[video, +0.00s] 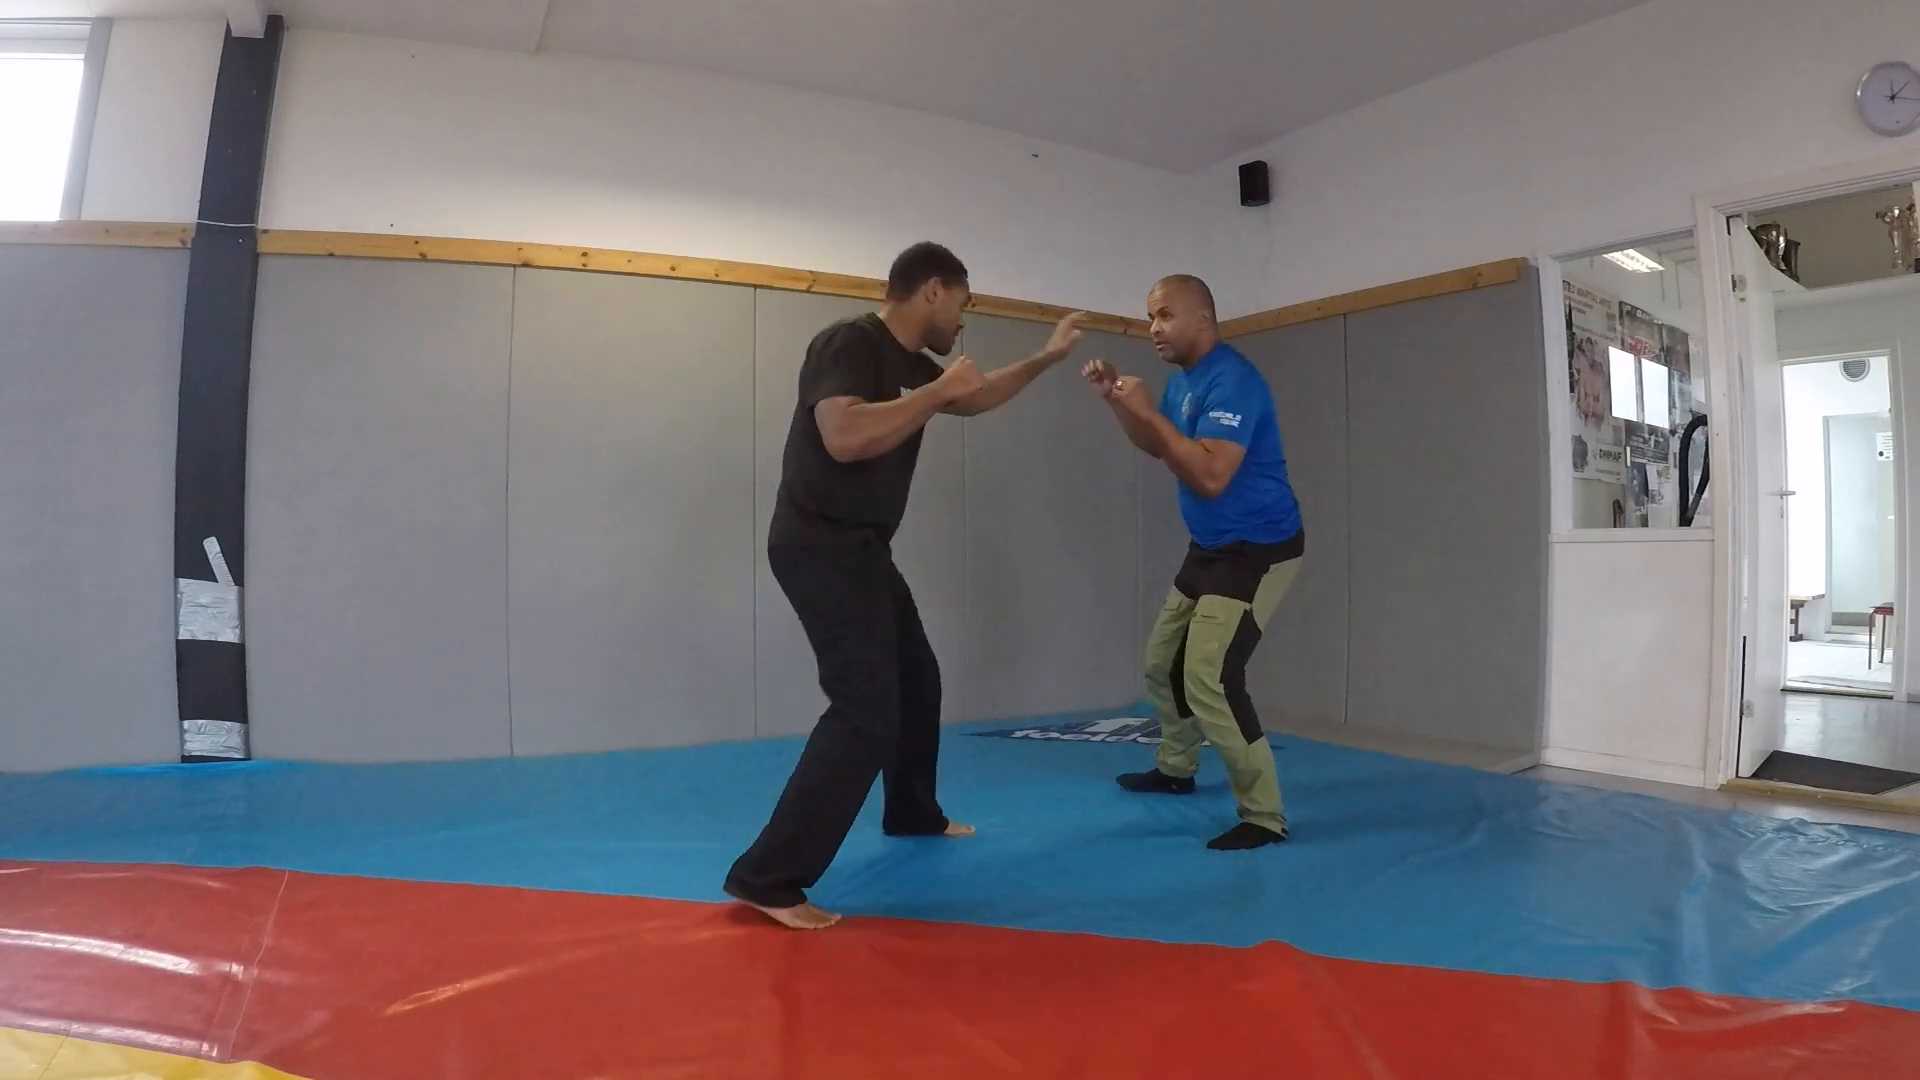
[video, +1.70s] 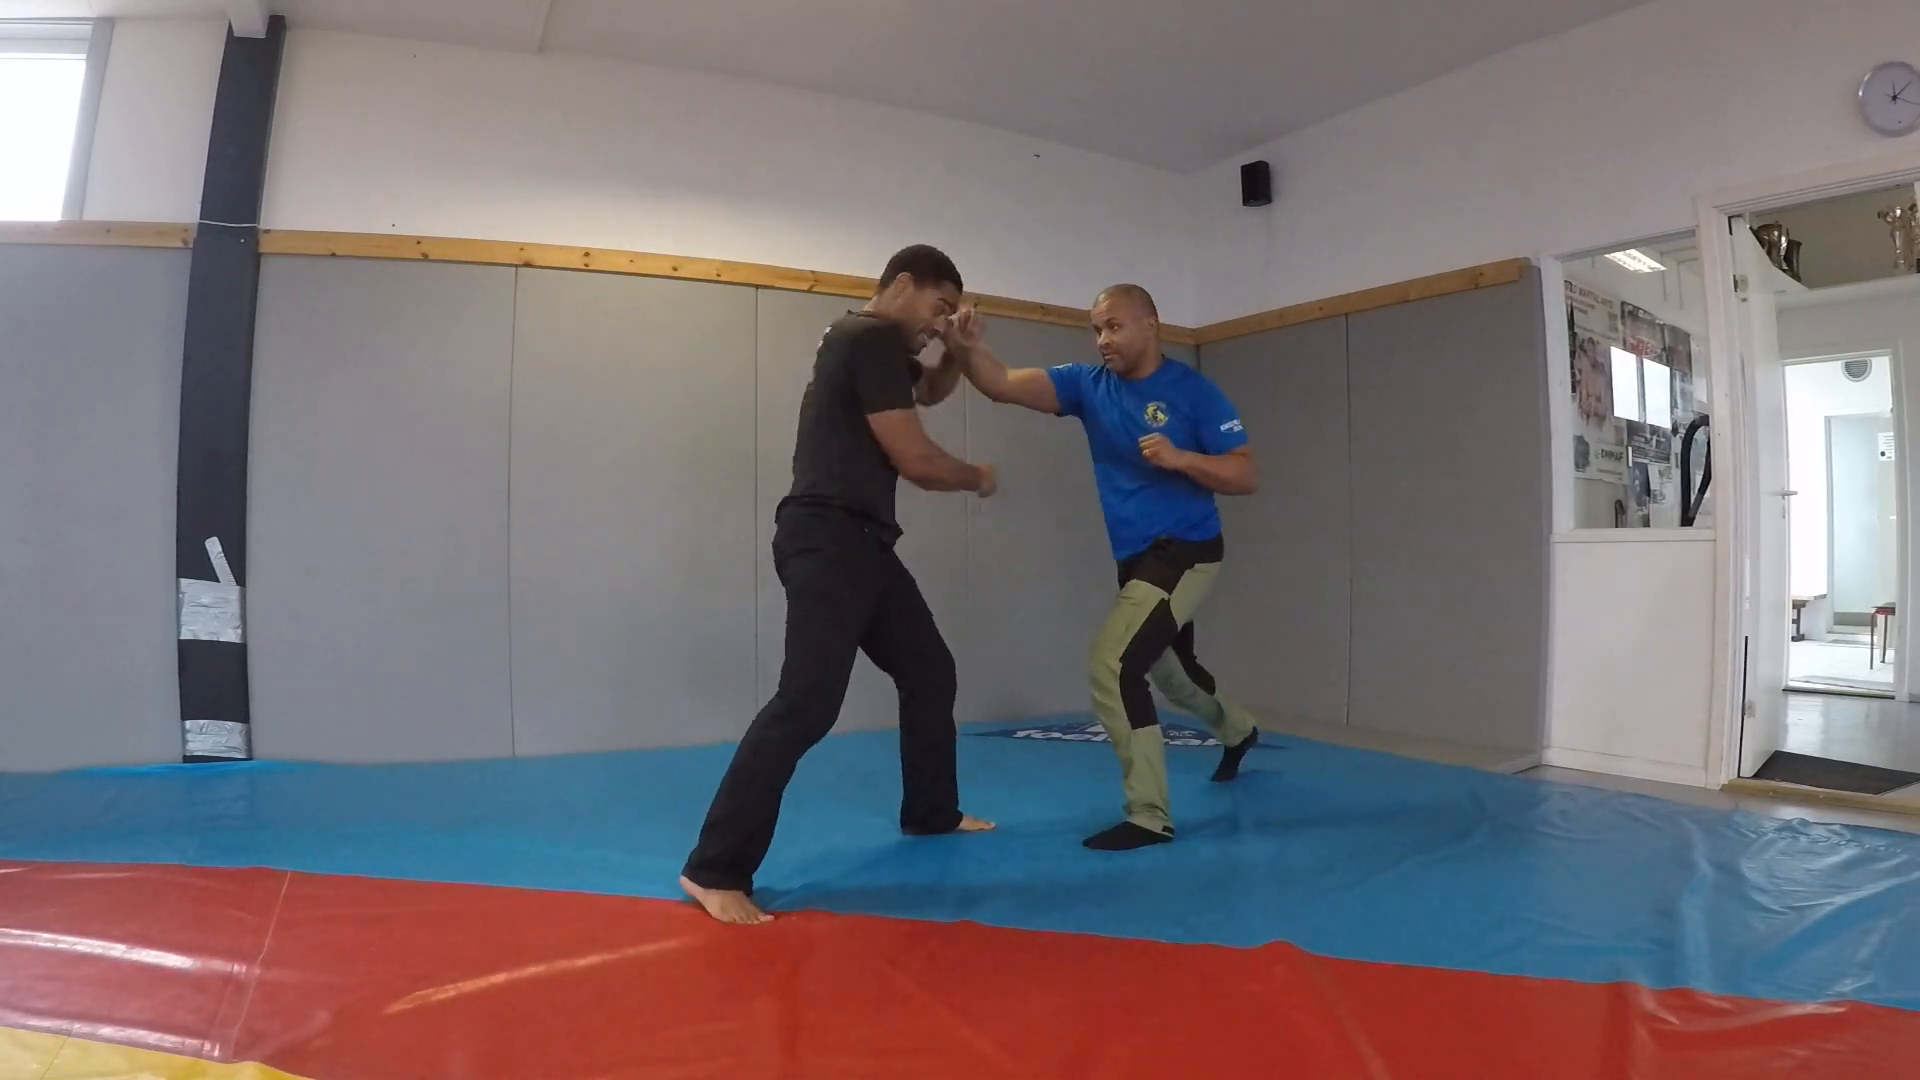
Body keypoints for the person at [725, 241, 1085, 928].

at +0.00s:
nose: (963, 318)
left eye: (965, 307)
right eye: (962, 304)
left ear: (924, 294)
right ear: (932, 292)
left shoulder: (915, 363)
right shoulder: (848, 343)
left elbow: (976, 400)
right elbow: (844, 437)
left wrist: (1048, 358)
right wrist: (940, 393)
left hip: (863, 548)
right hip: (818, 547)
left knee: (917, 677)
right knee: (868, 705)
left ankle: (912, 813)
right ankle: (766, 879)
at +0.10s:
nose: (972, 331)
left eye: (974, 322)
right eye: (972, 319)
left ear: (935, 306)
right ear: (948, 304)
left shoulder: (922, 367)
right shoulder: (879, 339)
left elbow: (998, 402)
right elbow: (858, 407)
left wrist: (1080, 391)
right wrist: (950, 373)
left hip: (870, 539)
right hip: (836, 537)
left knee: (911, 679)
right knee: (889, 692)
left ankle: (913, 813)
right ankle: (783, 852)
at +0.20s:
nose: (976, 348)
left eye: (980, 337)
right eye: (975, 331)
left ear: (925, 304)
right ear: (950, 310)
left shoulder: (901, 370)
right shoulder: (912, 327)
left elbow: (959, 427)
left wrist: (1033, 424)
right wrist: (1005, 320)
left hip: (849, 527)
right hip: (857, 526)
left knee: (900, 674)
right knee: (885, 687)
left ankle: (909, 813)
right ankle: (766, 835)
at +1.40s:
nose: (963, 337)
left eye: (967, 329)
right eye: (966, 328)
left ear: (914, 303)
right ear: (949, 311)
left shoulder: (856, 346)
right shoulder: (919, 356)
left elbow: (916, 415)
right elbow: (1010, 437)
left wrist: (979, 393)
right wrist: (1035, 372)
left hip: (841, 548)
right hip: (840, 551)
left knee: (924, 675)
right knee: (810, 713)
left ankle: (945, 812)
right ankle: (711, 874)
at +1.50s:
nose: (950, 324)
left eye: (954, 315)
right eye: (950, 312)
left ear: (896, 293)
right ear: (926, 294)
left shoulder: (827, 346)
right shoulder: (915, 343)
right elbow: (1013, 423)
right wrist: (1062, 420)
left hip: (816, 538)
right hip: (841, 544)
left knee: (914, 669)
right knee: (805, 712)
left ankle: (939, 811)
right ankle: (708, 874)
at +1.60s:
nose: (946, 319)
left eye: (950, 308)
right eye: (944, 304)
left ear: (892, 290)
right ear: (911, 288)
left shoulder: (827, 342)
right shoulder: (904, 340)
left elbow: (817, 445)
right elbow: (976, 447)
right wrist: (1025, 463)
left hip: (829, 539)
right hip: (843, 542)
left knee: (922, 668)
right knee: (801, 709)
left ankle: (930, 812)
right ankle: (711, 873)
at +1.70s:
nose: (941, 323)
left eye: (947, 313)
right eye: (939, 306)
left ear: (897, 289)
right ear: (903, 284)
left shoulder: (865, 339)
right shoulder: (873, 340)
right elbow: (916, 463)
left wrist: (955, 344)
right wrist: (976, 477)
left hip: (859, 543)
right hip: (830, 537)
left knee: (929, 668)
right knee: (807, 703)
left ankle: (931, 813)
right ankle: (714, 870)